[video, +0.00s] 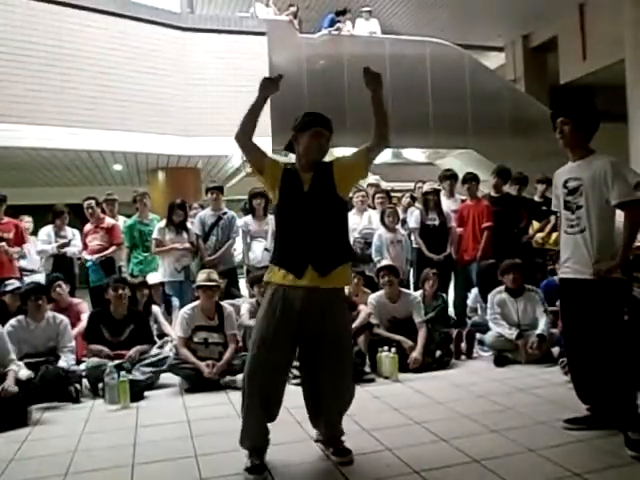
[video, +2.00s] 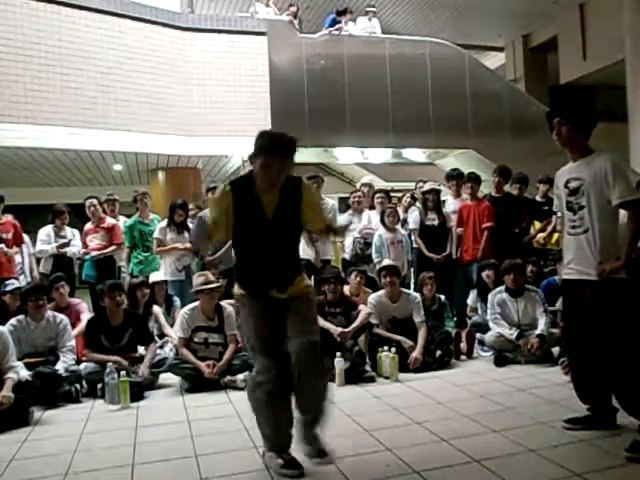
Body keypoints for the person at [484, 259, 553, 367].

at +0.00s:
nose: (513, 277)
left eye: (516, 273)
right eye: (508, 274)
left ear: (522, 275)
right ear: (502, 278)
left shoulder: (534, 293)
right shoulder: (495, 296)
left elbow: (543, 316)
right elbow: (494, 320)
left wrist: (540, 335)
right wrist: (515, 334)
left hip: (531, 331)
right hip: (508, 332)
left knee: (552, 336)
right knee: (491, 339)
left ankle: (512, 357)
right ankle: (538, 356)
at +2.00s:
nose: (513, 278)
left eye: (516, 274)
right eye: (508, 274)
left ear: (523, 276)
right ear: (503, 277)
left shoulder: (535, 293)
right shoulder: (495, 296)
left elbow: (544, 315)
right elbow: (494, 320)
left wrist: (540, 336)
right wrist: (517, 336)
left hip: (531, 332)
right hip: (509, 333)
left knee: (555, 335)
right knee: (491, 338)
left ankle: (514, 357)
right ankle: (538, 355)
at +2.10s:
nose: (513, 278)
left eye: (516, 274)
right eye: (508, 274)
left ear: (523, 276)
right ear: (503, 277)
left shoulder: (535, 293)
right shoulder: (495, 296)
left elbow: (543, 315)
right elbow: (494, 320)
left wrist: (540, 336)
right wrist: (517, 336)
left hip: (531, 332)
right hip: (509, 333)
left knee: (555, 336)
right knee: (491, 338)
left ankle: (514, 357)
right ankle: (538, 355)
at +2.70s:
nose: (513, 278)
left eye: (516, 274)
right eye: (508, 274)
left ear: (523, 276)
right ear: (503, 277)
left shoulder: (534, 293)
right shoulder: (495, 296)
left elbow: (543, 316)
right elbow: (494, 320)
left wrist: (540, 336)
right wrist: (518, 336)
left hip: (531, 332)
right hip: (508, 333)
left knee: (555, 335)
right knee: (491, 338)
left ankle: (514, 357)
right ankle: (537, 355)